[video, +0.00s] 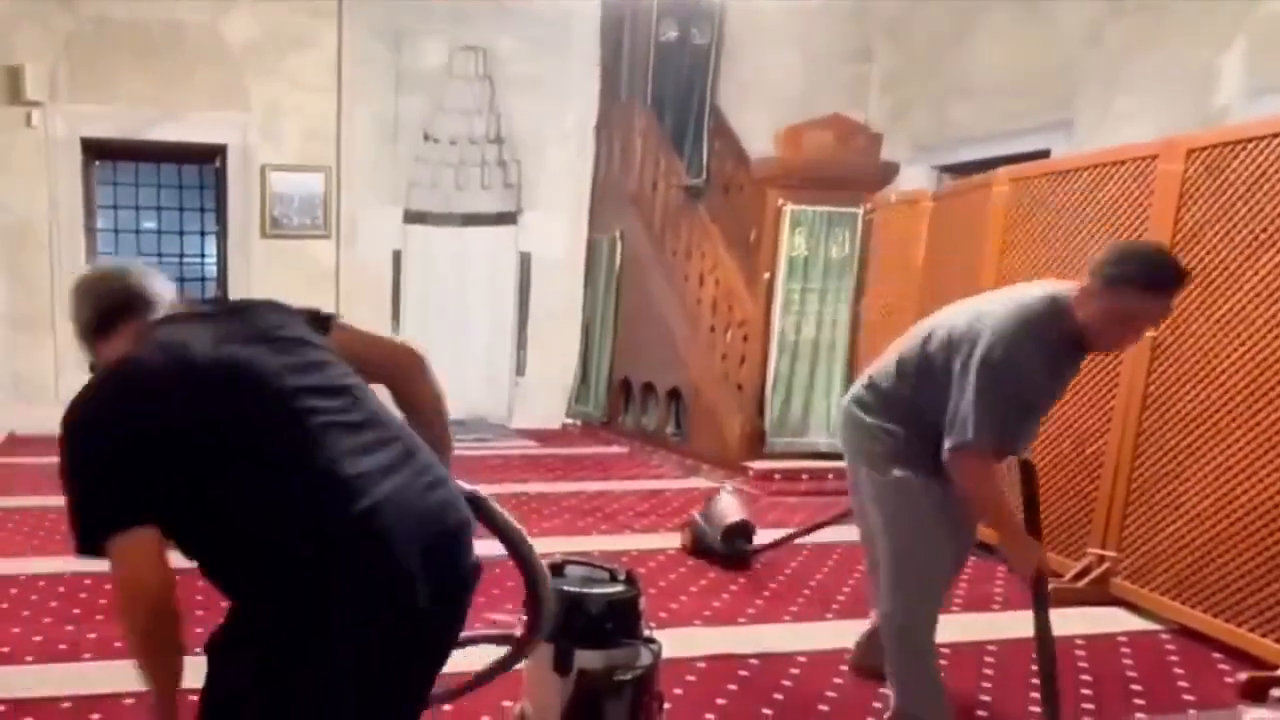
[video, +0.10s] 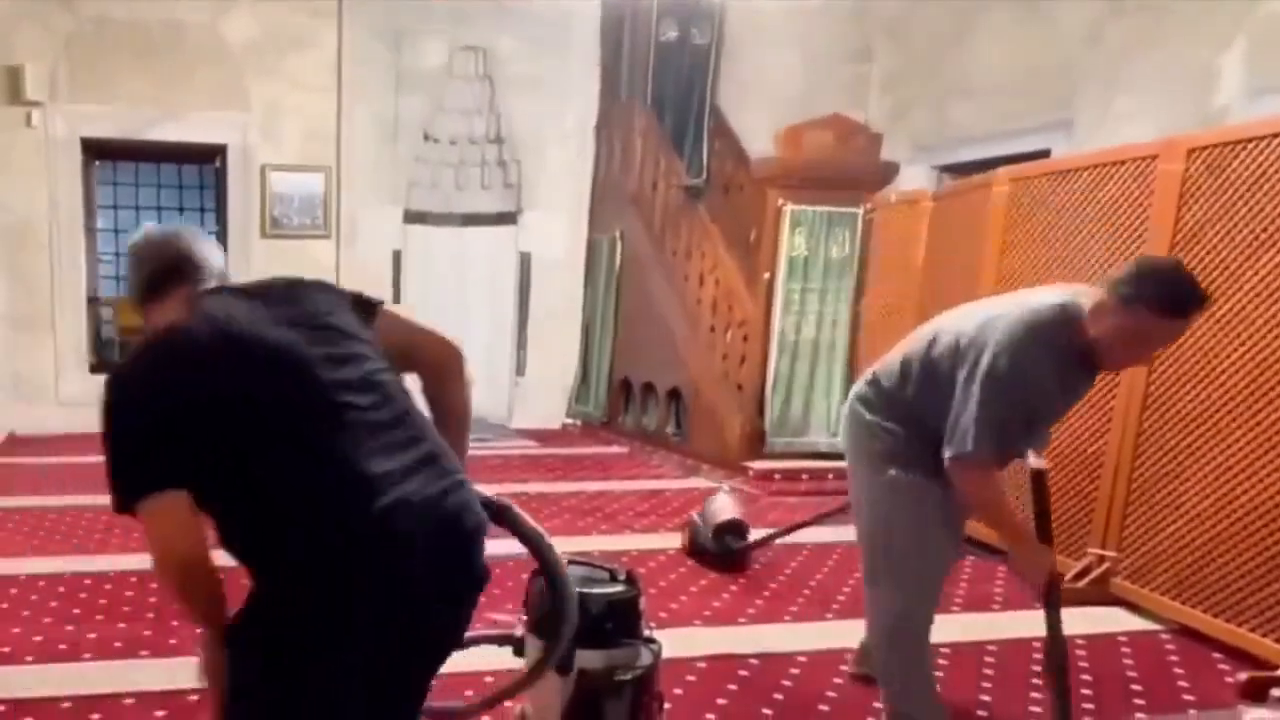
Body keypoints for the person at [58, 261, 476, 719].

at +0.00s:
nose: (103, 369)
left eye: (95, 360)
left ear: (97, 347)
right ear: (172, 301)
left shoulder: (102, 410)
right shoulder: (256, 316)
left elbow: (148, 593)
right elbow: (405, 363)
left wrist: (165, 703)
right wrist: (436, 484)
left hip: (324, 585)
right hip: (440, 543)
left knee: (237, 705)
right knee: (380, 705)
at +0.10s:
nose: (149, 329)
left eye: (143, 317)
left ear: (143, 306)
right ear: (217, 274)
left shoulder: (143, 378)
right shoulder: (303, 296)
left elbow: (181, 557)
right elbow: (441, 358)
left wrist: (217, 630)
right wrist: (448, 479)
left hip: (334, 572)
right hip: (450, 537)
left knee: (251, 700)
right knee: (383, 701)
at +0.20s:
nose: (187, 303)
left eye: (184, 292)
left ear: (184, 279)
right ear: (259, 252)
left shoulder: (183, 349)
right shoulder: (344, 277)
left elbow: (206, 523)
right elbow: (470, 343)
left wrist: (262, 589)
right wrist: (452, 462)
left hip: (338, 556)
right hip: (459, 530)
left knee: (263, 710)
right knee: (396, 705)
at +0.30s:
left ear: (207, 262)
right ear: (281, 232)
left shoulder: (202, 336)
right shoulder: (367, 264)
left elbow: (242, 516)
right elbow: (486, 333)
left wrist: (291, 549)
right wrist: (445, 436)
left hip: (334, 541)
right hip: (463, 516)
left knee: (238, 708)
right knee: (412, 703)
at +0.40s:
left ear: (217, 249)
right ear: (289, 225)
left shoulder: (209, 329)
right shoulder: (377, 256)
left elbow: (255, 494)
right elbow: (495, 312)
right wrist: (449, 417)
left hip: (333, 533)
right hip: (462, 514)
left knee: (236, 701)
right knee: (419, 703)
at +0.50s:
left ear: (216, 251)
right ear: (288, 223)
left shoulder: (210, 328)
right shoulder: (375, 255)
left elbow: (252, 487)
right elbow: (495, 289)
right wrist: (453, 398)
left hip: (324, 534)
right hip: (452, 514)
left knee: (239, 703)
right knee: (424, 703)